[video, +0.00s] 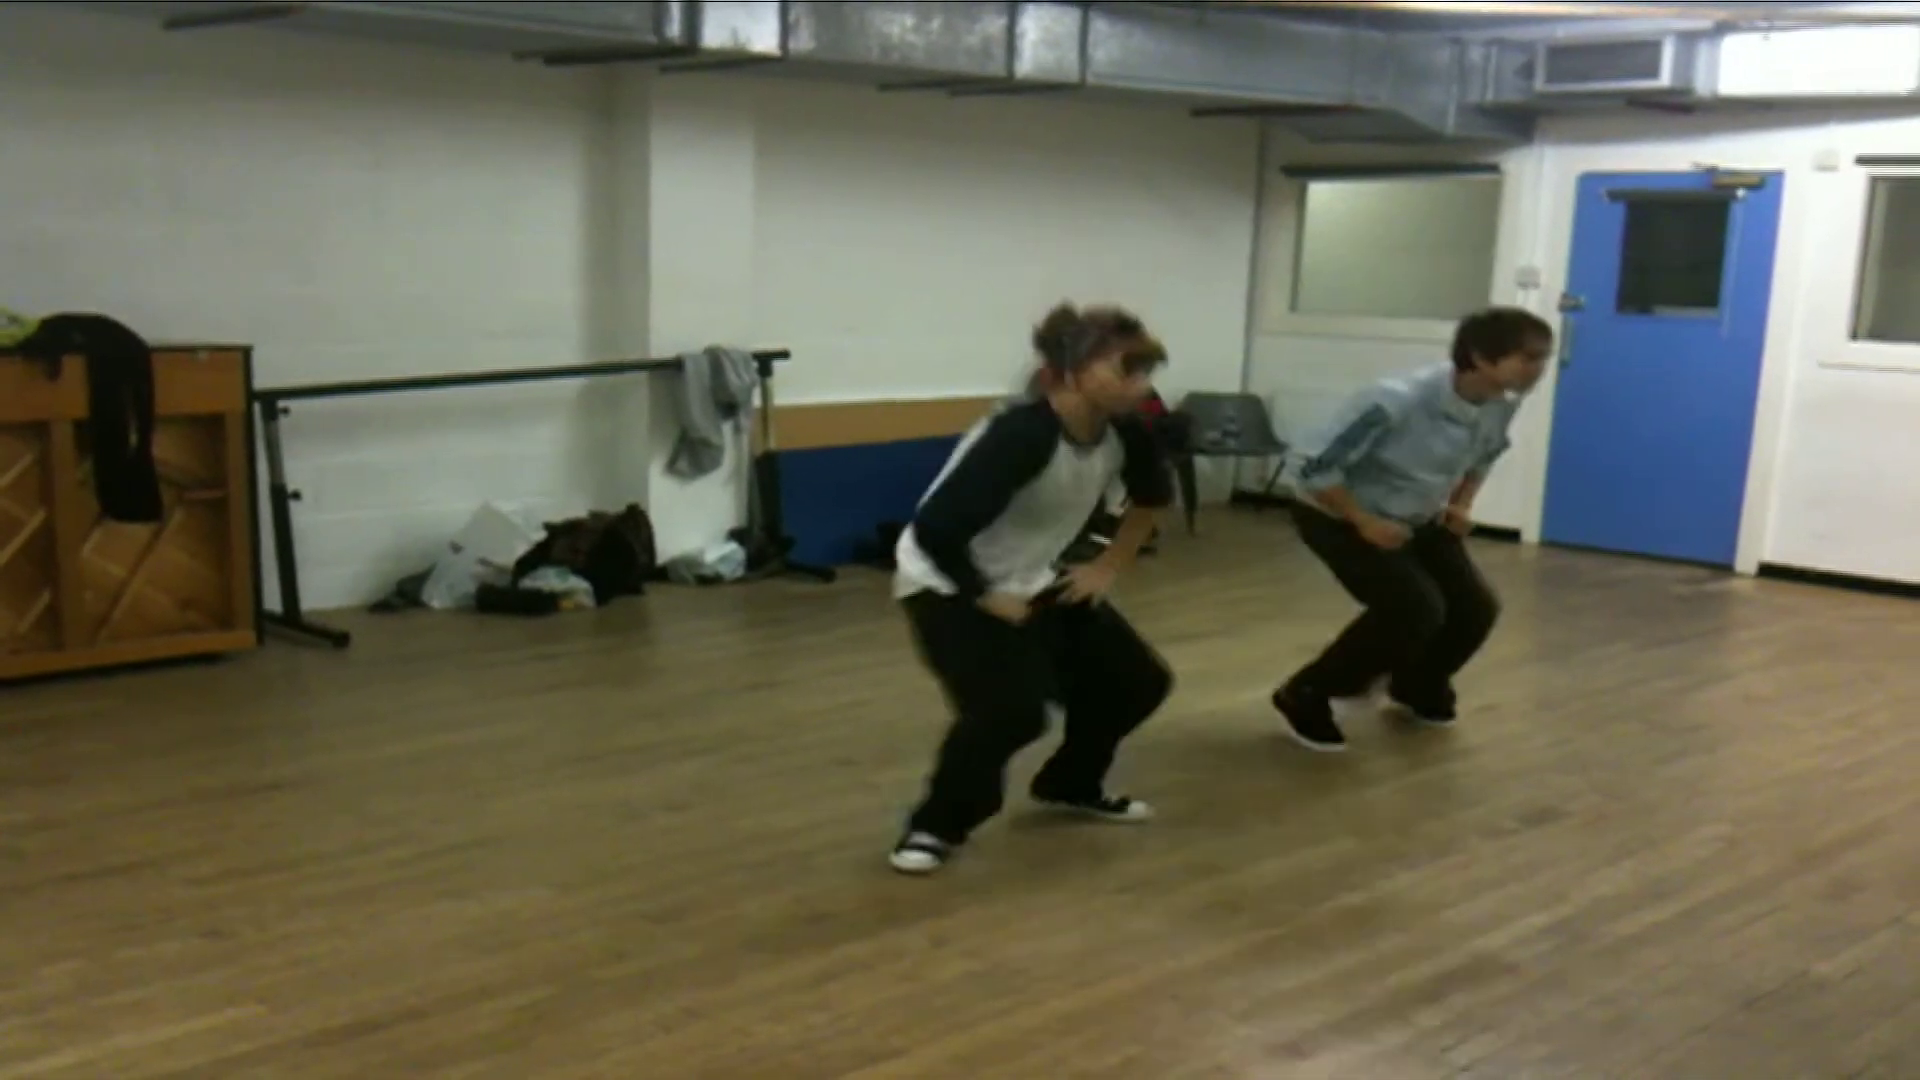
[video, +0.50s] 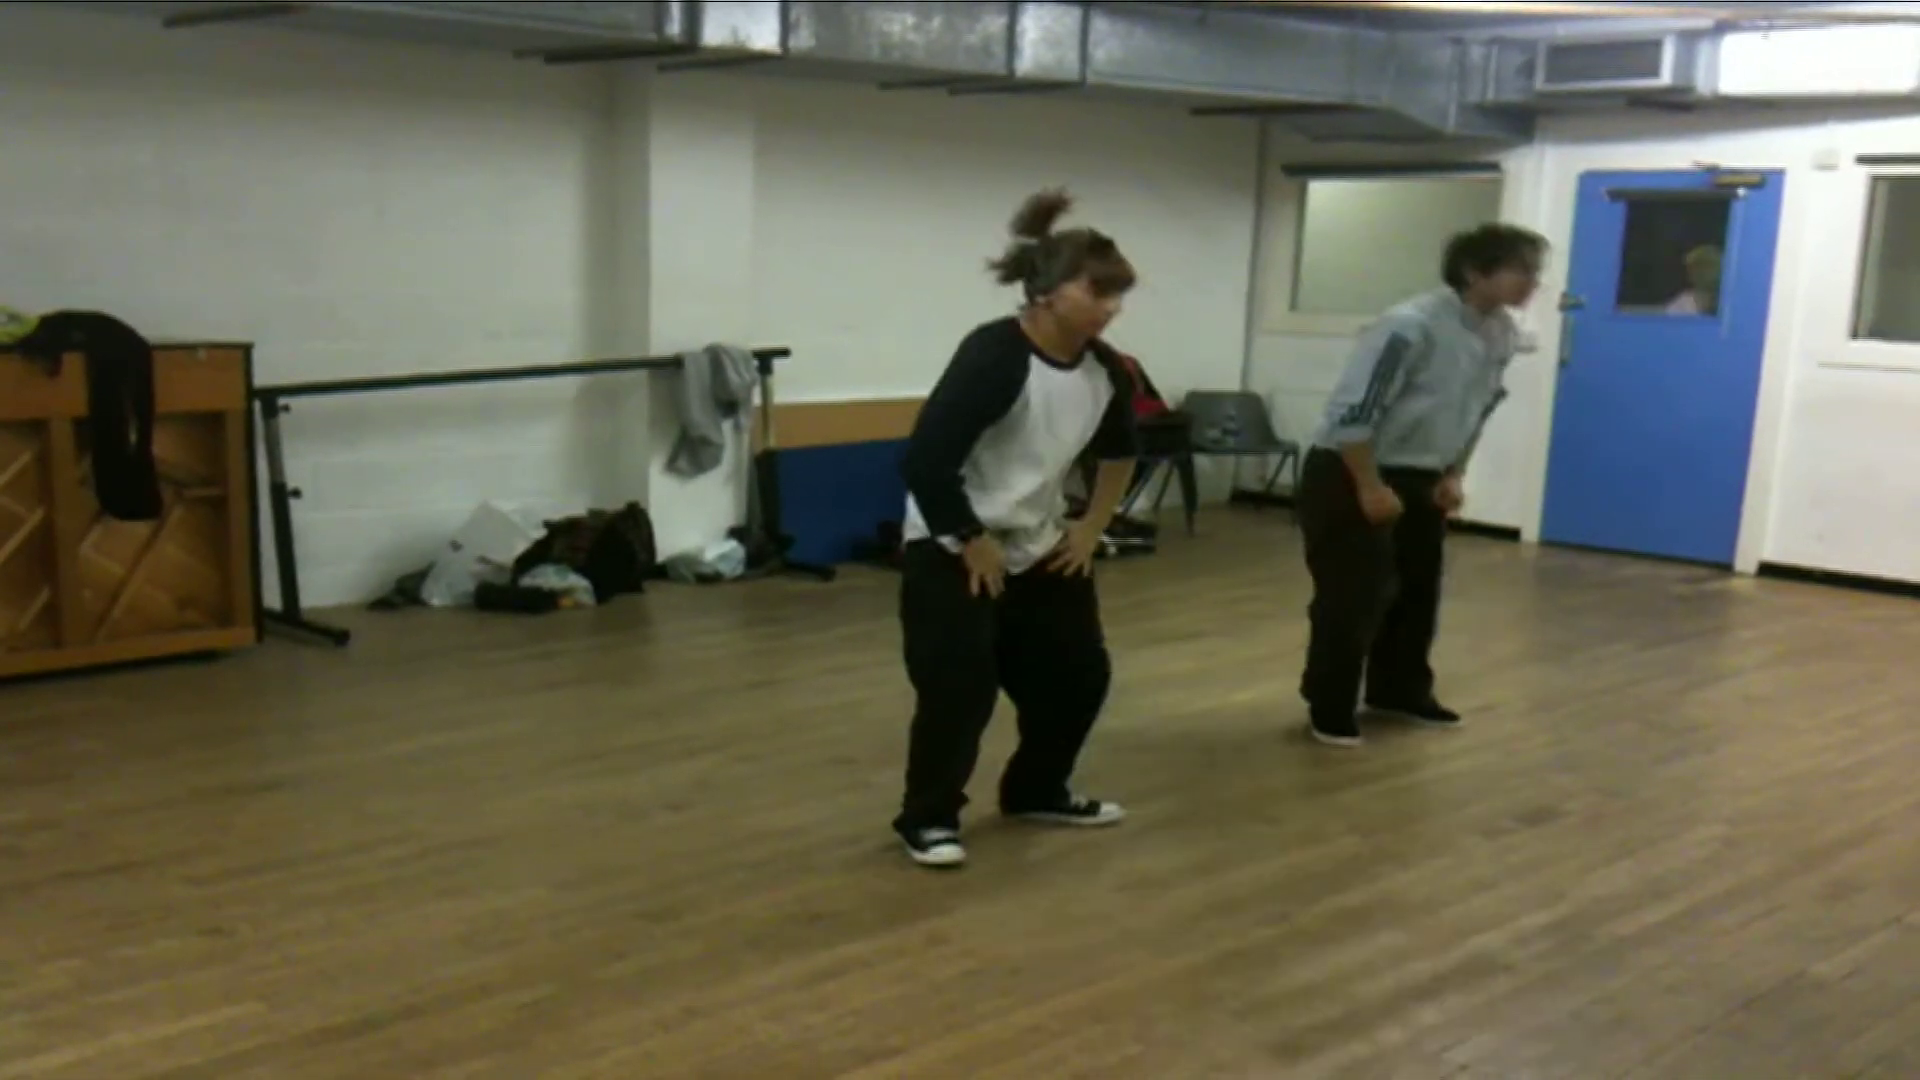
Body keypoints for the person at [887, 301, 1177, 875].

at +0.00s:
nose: (1141, 385)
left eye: (1142, 370)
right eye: (1124, 370)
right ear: (1069, 377)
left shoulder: (1125, 432)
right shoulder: (1022, 435)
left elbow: (1150, 501)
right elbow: (934, 531)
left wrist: (1107, 566)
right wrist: (984, 595)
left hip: (1032, 577)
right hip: (947, 585)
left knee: (1135, 681)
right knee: (1008, 706)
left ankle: (1070, 781)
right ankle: (934, 828)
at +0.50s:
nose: (1110, 307)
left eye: (1115, 294)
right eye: (1098, 291)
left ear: (1110, 300)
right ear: (1049, 295)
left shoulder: (1105, 376)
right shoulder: (993, 355)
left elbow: (1119, 452)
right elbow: (926, 459)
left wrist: (1092, 525)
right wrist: (970, 539)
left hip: (1042, 547)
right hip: (950, 545)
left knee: (1076, 674)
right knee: (958, 683)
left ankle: (1036, 791)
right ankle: (929, 818)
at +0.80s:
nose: (1157, 309)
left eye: (1155, 295)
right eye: (1147, 296)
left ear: (1106, 305)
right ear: (1103, 305)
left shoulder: (1127, 383)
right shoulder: (1019, 368)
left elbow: (1110, 475)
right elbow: (960, 472)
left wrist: (1128, 536)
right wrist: (1056, 515)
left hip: (1089, 567)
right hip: (1007, 570)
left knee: (1167, 666)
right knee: (1008, 693)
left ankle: (1077, 776)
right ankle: (932, 825)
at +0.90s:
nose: (1189, 325)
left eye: (1189, 312)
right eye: (1181, 313)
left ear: (1143, 320)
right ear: (1142, 319)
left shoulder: (1161, 402)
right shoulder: (1060, 375)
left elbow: (1170, 483)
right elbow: (976, 454)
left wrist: (1166, 527)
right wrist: (1071, 488)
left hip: (1126, 578)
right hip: (1046, 584)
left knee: (1222, 652)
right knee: (1052, 713)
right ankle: (936, 823)